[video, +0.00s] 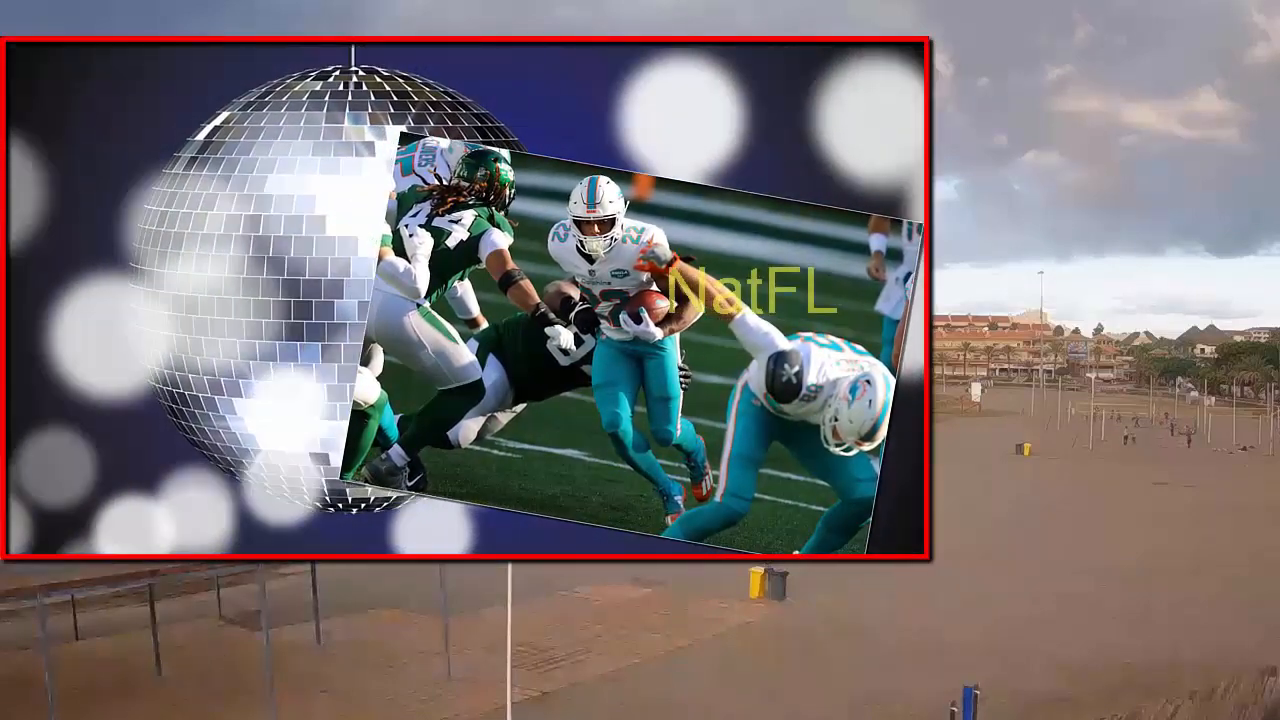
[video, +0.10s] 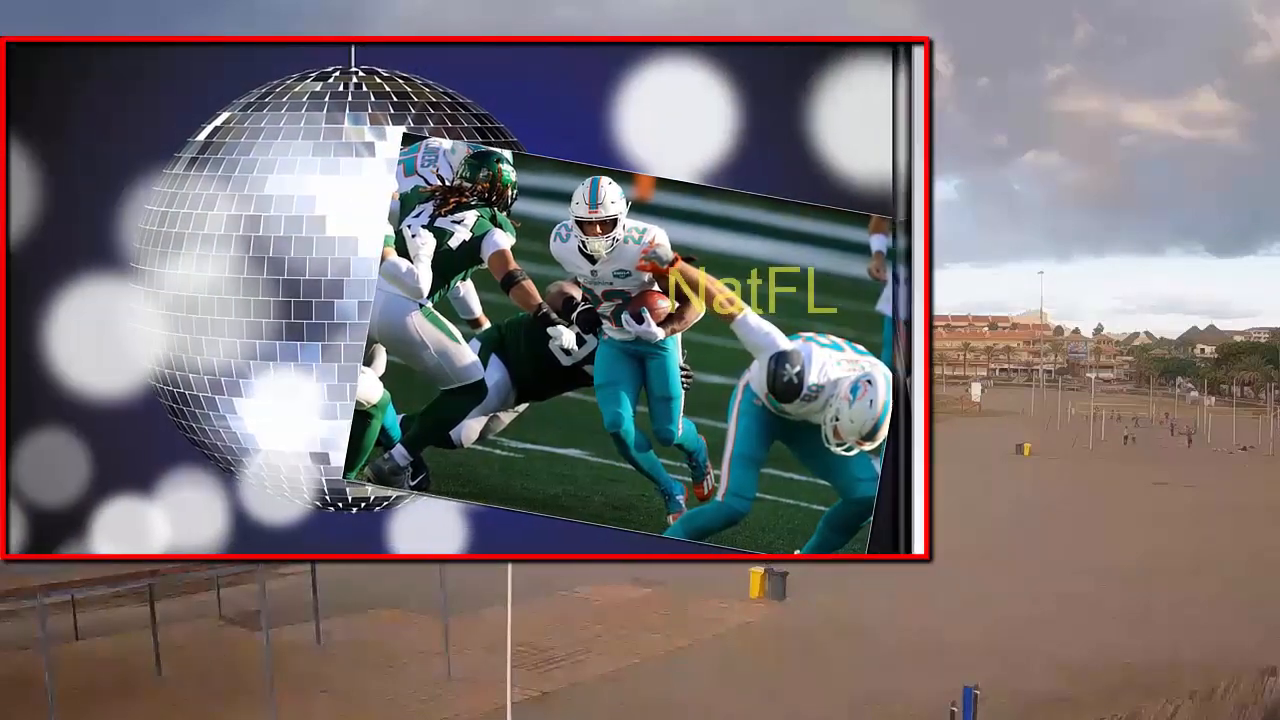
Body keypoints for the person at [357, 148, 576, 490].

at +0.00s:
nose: (507, 195)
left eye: (506, 188)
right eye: (506, 188)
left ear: (457, 177)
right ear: (496, 190)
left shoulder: (415, 197)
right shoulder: (485, 226)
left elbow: (370, 217)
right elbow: (508, 276)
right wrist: (545, 317)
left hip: (355, 291)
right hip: (400, 308)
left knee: (361, 374)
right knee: (469, 386)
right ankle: (395, 459)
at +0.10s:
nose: (510, 195)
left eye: (509, 188)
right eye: (508, 188)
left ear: (461, 177)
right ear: (499, 189)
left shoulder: (419, 196)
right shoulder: (489, 225)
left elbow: (374, 217)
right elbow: (511, 278)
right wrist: (548, 318)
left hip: (358, 290)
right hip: (402, 308)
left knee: (364, 377)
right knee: (472, 386)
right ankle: (397, 459)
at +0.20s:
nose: (513, 196)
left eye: (512, 189)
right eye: (511, 189)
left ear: (463, 178)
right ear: (501, 190)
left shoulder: (423, 198)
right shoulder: (491, 226)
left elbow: (379, 215)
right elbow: (513, 278)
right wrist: (551, 319)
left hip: (360, 290)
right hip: (405, 309)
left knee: (365, 381)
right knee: (474, 386)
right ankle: (399, 459)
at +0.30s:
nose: (514, 195)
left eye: (514, 188)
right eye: (512, 188)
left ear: (465, 178)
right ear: (503, 190)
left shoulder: (423, 198)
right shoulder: (491, 227)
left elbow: (379, 222)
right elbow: (515, 278)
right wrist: (551, 316)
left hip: (364, 290)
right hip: (408, 309)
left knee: (372, 371)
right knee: (476, 386)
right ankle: (403, 458)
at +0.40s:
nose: (515, 198)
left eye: (514, 190)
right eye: (513, 190)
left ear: (468, 179)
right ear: (503, 191)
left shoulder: (426, 199)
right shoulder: (494, 228)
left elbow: (381, 223)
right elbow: (517, 278)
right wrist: (553, 317)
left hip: (369, 292)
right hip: (412, 310)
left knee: (373, 373)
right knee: (478, 385)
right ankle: (405, 457)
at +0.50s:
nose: (519, 199)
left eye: (518, 192)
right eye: (517, 192)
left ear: (471, 179)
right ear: (506, 192)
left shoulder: (429, 199)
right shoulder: (497, 228)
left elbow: (384, 223)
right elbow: (520, 279)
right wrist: (555, 317)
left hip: (371, 292)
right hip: (414, 310)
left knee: (376, 372)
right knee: (481, 385)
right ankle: (408, 457)